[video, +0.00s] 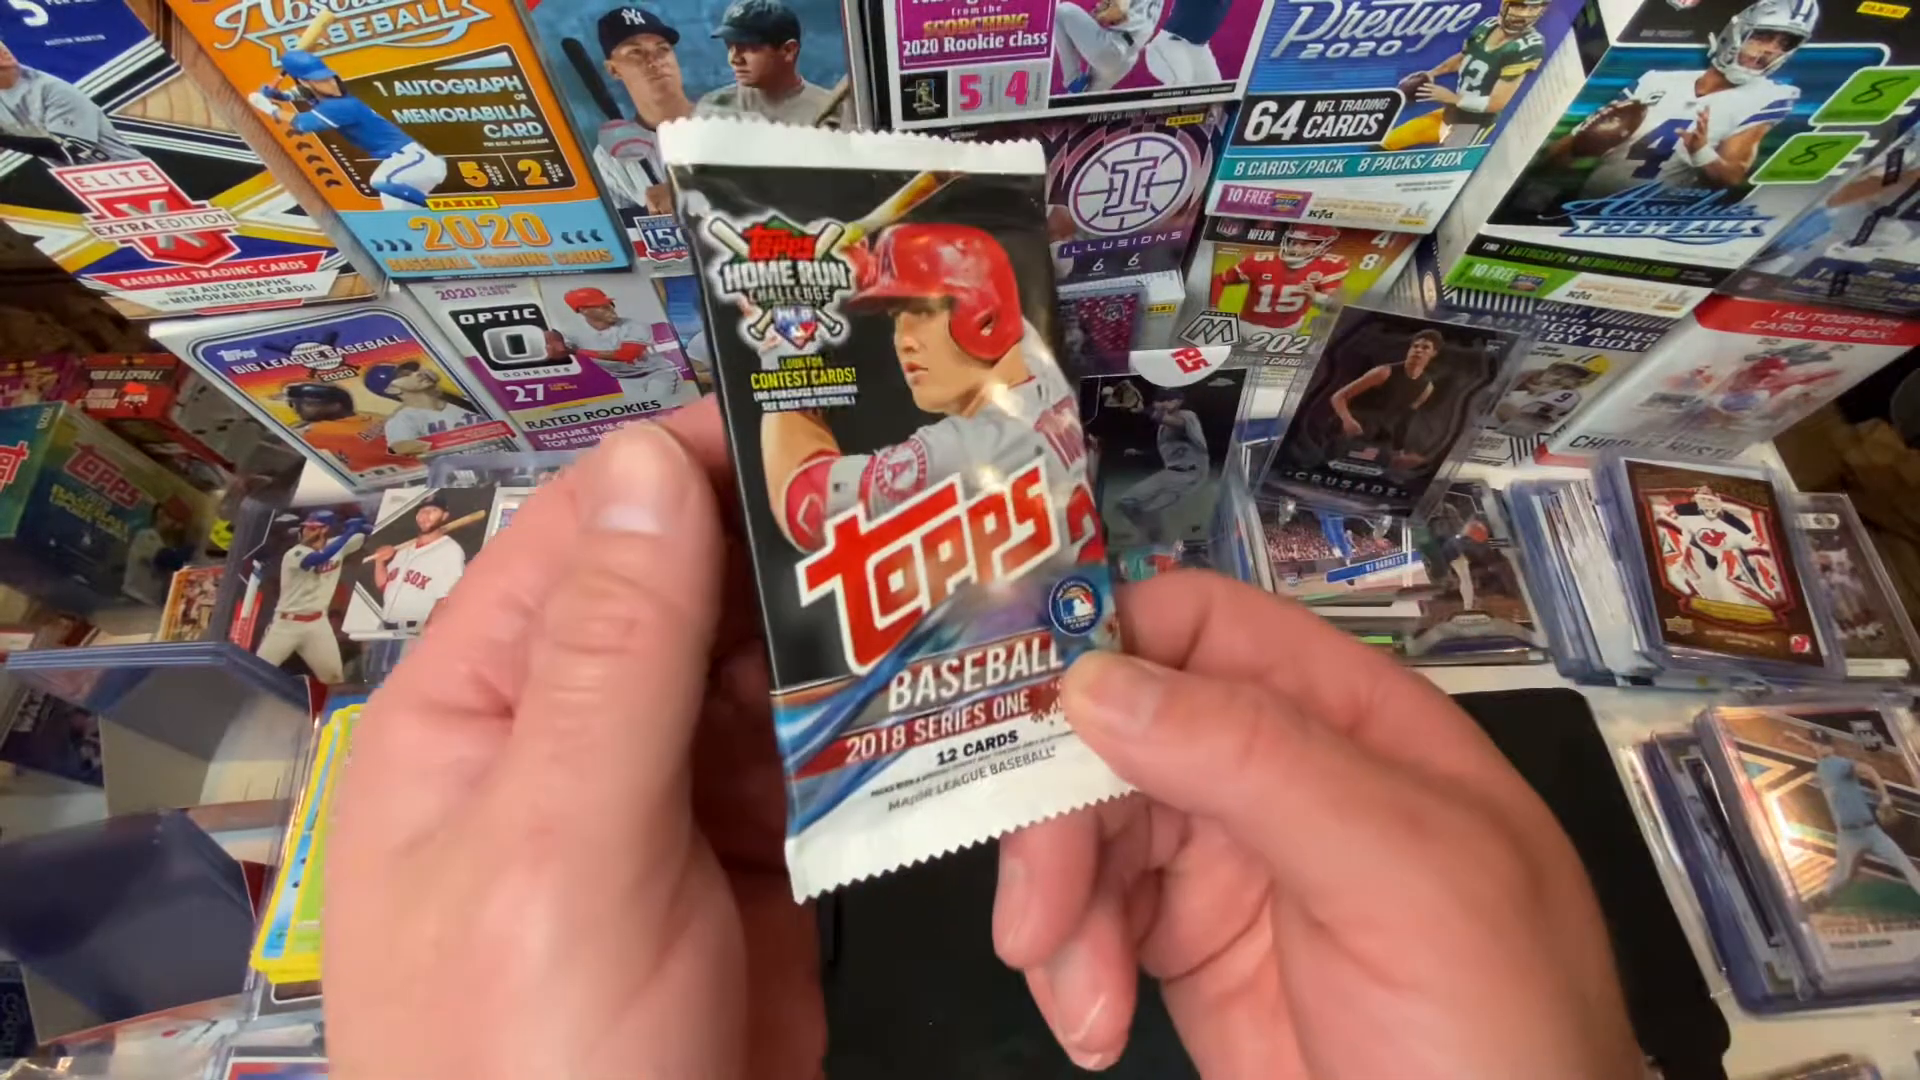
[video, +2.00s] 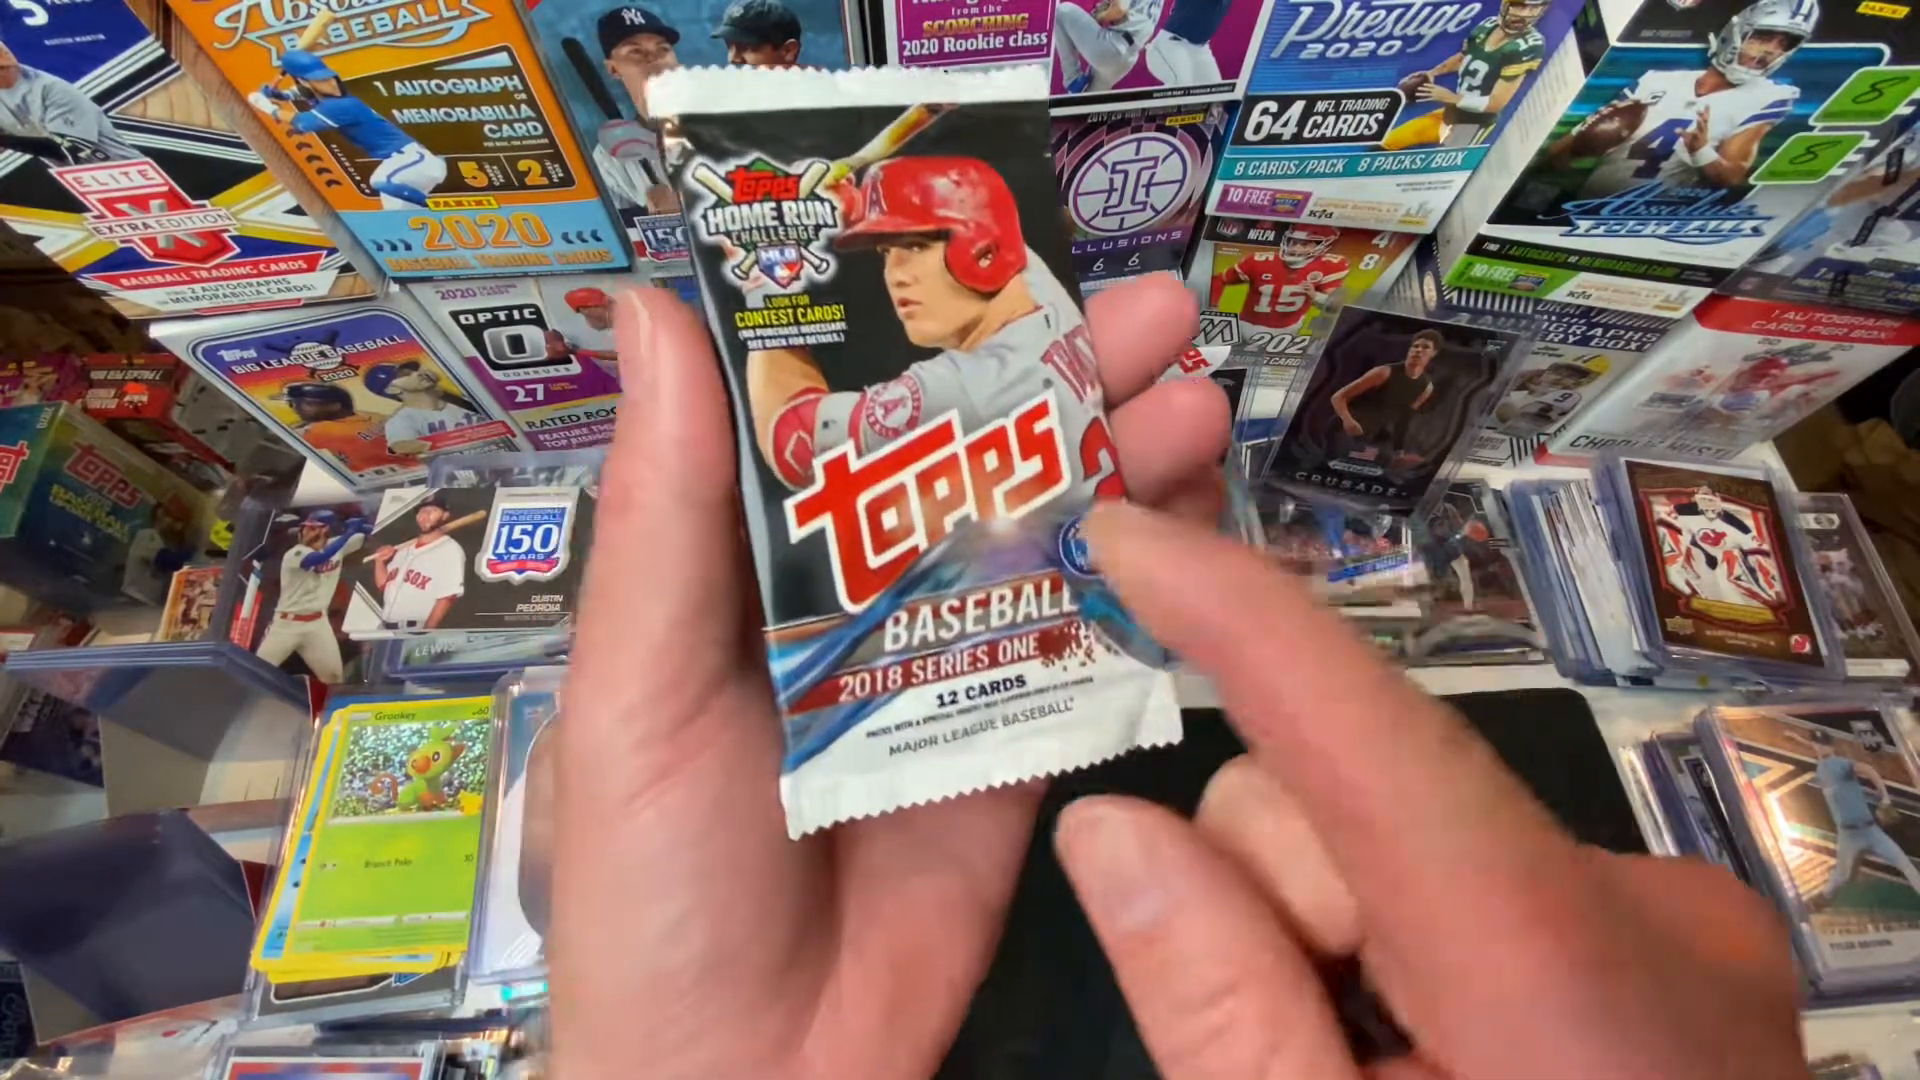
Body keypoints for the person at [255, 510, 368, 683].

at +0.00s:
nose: (304, 531)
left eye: (310, 528)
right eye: (304, 527)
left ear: (324, 531)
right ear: (303, 530)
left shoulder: (336, 549)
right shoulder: (294, 554)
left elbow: (366, 533)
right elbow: (318, 560)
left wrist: (357, 524)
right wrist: (347, 535)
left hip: (317, 625)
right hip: (285, 624)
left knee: (334, 679)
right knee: (259, 671)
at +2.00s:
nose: (304, 531)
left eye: (311, 528)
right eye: (304, 527)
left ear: (324, 531)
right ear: (303, 530)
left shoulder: (337, 548)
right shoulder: (294, 554)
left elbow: (366, 534)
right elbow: (318, 559)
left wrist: (359, 525)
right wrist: (346, 537)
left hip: (317, 625)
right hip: (285, 624)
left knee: (334, 677)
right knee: (258, 670)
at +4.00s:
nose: (303, 532)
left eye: (310, 528)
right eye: (303, 528)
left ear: (323, 531)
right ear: (302, 530)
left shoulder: (337, 548)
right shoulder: (294, 554)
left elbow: (369, 533)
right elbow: (320, 559)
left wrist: (357, 523)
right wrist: (347, 536)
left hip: (317, 625)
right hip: (285, 624)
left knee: (333, 677)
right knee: (259, 670)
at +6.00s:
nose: (304, 531)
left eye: (310, 528)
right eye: (304, 527)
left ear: (324, 531)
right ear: (303, 529)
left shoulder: (337, 549)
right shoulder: (293, 554)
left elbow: (365, 532)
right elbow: (318, 560)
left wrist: (356, 523)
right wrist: (347, 536)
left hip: (317, 625)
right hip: (285, 625)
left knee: (334, 679)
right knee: (258, 671)